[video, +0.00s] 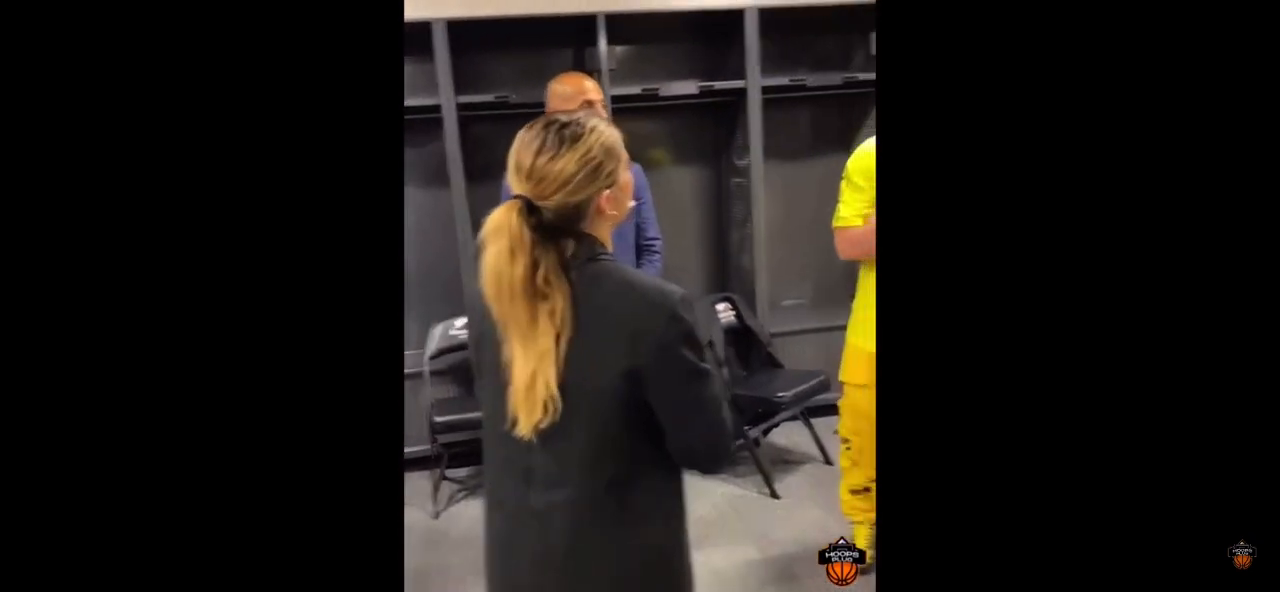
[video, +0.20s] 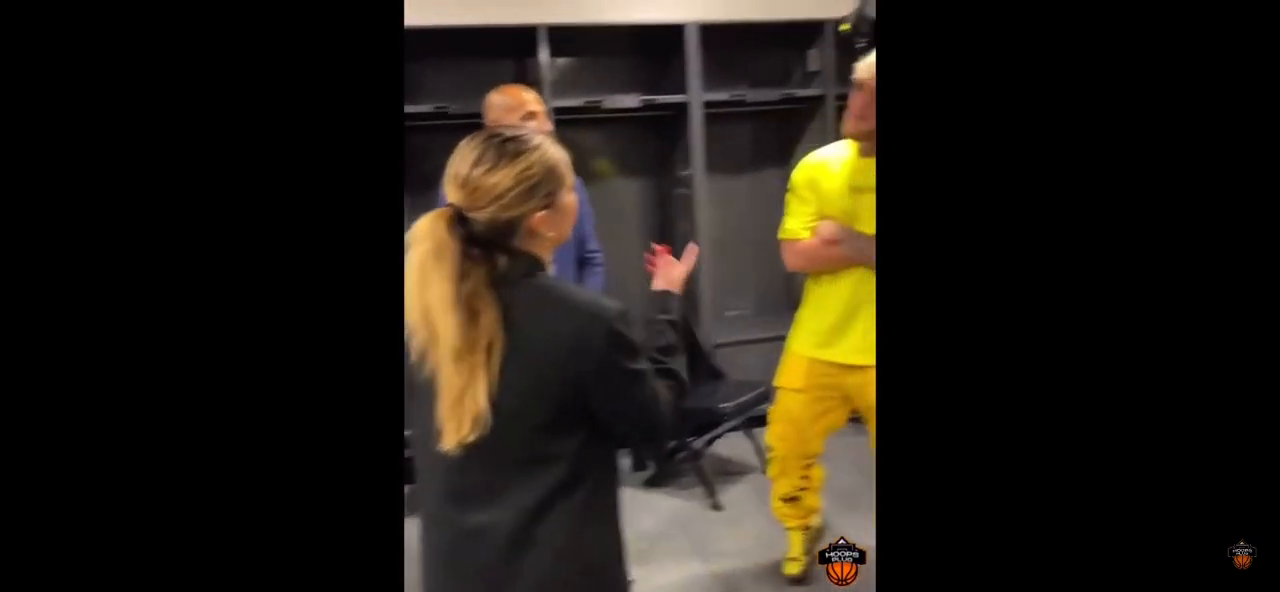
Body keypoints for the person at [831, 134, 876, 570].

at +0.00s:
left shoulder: (866, 158)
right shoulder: (867, 157)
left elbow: (846, 242)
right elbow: (847, 243)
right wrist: (875, 230)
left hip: (868, 329)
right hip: (869, 328)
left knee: (861, 431)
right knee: (860, 429)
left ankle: (864, 534)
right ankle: (863, 533)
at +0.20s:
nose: (854, 99)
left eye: (865, 91)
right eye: (854, 88)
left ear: (884, 103)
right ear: (851, 96)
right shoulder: (818, 168)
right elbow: (795, 255)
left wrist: (841, 237)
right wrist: (862, 249)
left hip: (873, 354)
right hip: (817, 347)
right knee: (787, 442)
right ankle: (800, 526)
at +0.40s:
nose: (809, 113)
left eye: (827, 107)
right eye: (806, 101)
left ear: (856, 121)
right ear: (799, 104)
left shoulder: (870, 184)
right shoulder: (760, 178)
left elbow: (866, 285)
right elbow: (742, 268)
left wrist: (781, 246)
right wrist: (827, 261)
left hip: (845, 359)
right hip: (766, 353)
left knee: (855, 484)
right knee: (739, 463)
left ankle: (860, 581)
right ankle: (724, 565)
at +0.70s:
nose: (731, 127)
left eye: (747, 119)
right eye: (726, 114)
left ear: (773, 131)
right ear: (716, 118)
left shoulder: (794, 192)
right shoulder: (683, 192)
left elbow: (794, 288)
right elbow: (673, 283)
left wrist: (712, 257)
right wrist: (758, 269)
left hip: (777, 368)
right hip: (701, 368)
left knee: (802, 495)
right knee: (682, 491)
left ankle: (818, 585)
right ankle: (667, 583)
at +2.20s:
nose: (682, 138)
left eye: (699, 126)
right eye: (676, 123)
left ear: (731, 138)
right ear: (667, 127)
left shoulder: (762, 213)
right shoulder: (636, 208)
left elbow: (760, 319)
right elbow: (615, 310)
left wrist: (661, 287)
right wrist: (716, 301)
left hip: (731, 411)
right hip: (648, 409)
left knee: (741, 558)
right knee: (661, 557)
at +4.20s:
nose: (705, 105)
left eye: (722, 91)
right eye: (698, 89)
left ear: (753, 100)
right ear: (688, 93)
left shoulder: (790, 173)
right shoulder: (661, 180)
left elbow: (792, 279)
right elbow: (643, 285)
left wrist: (686, 255)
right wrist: (746, 270)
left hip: (765, 384)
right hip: (679, 387)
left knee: (799, 536)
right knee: (702, 542)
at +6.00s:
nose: (719, 86)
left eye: (736, 72)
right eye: (712, 72)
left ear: (768, 82)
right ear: (704, 79)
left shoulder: (808, 153)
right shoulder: (682, 167)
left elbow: (812, 259)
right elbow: (663, 272)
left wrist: (704, 240)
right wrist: (765, 253)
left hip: (789, 369)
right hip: (704, 373)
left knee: (823, 519)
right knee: (725, 524)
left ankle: (839, 584)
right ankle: (731, 585)